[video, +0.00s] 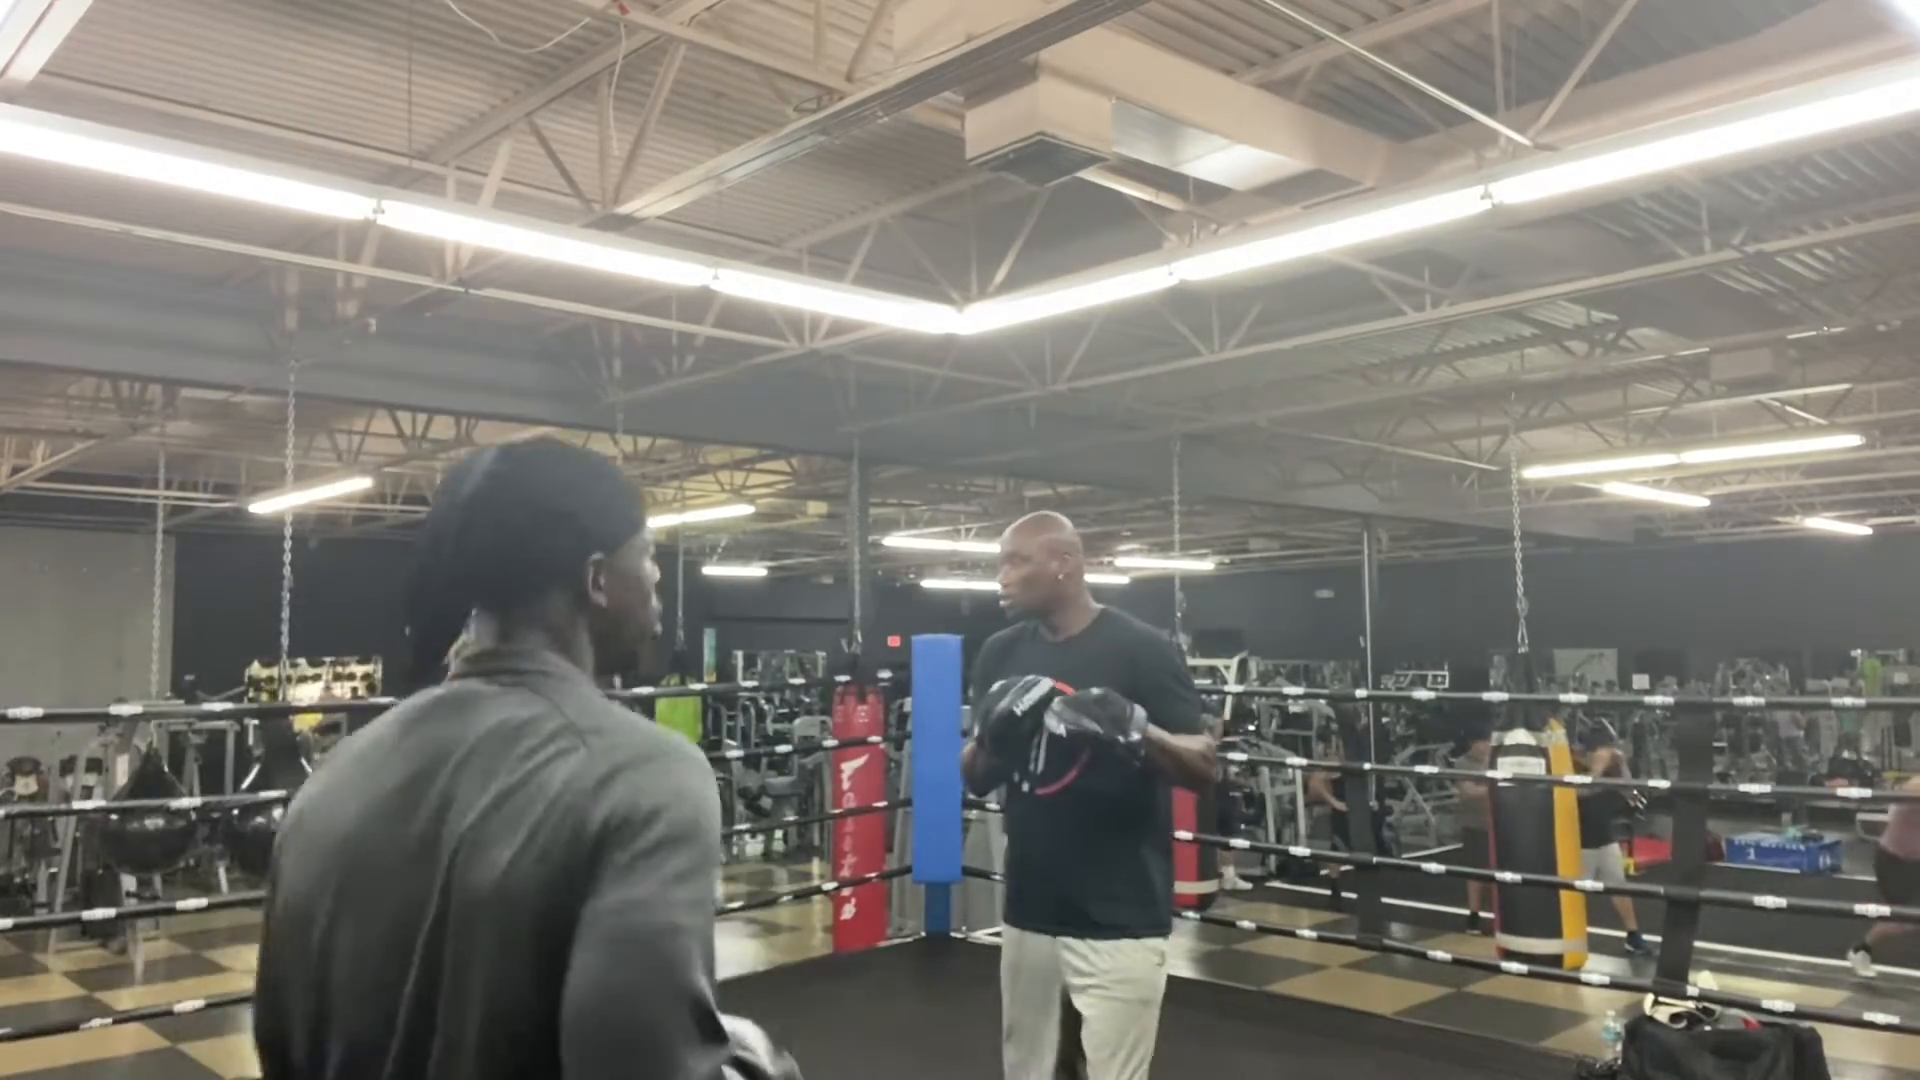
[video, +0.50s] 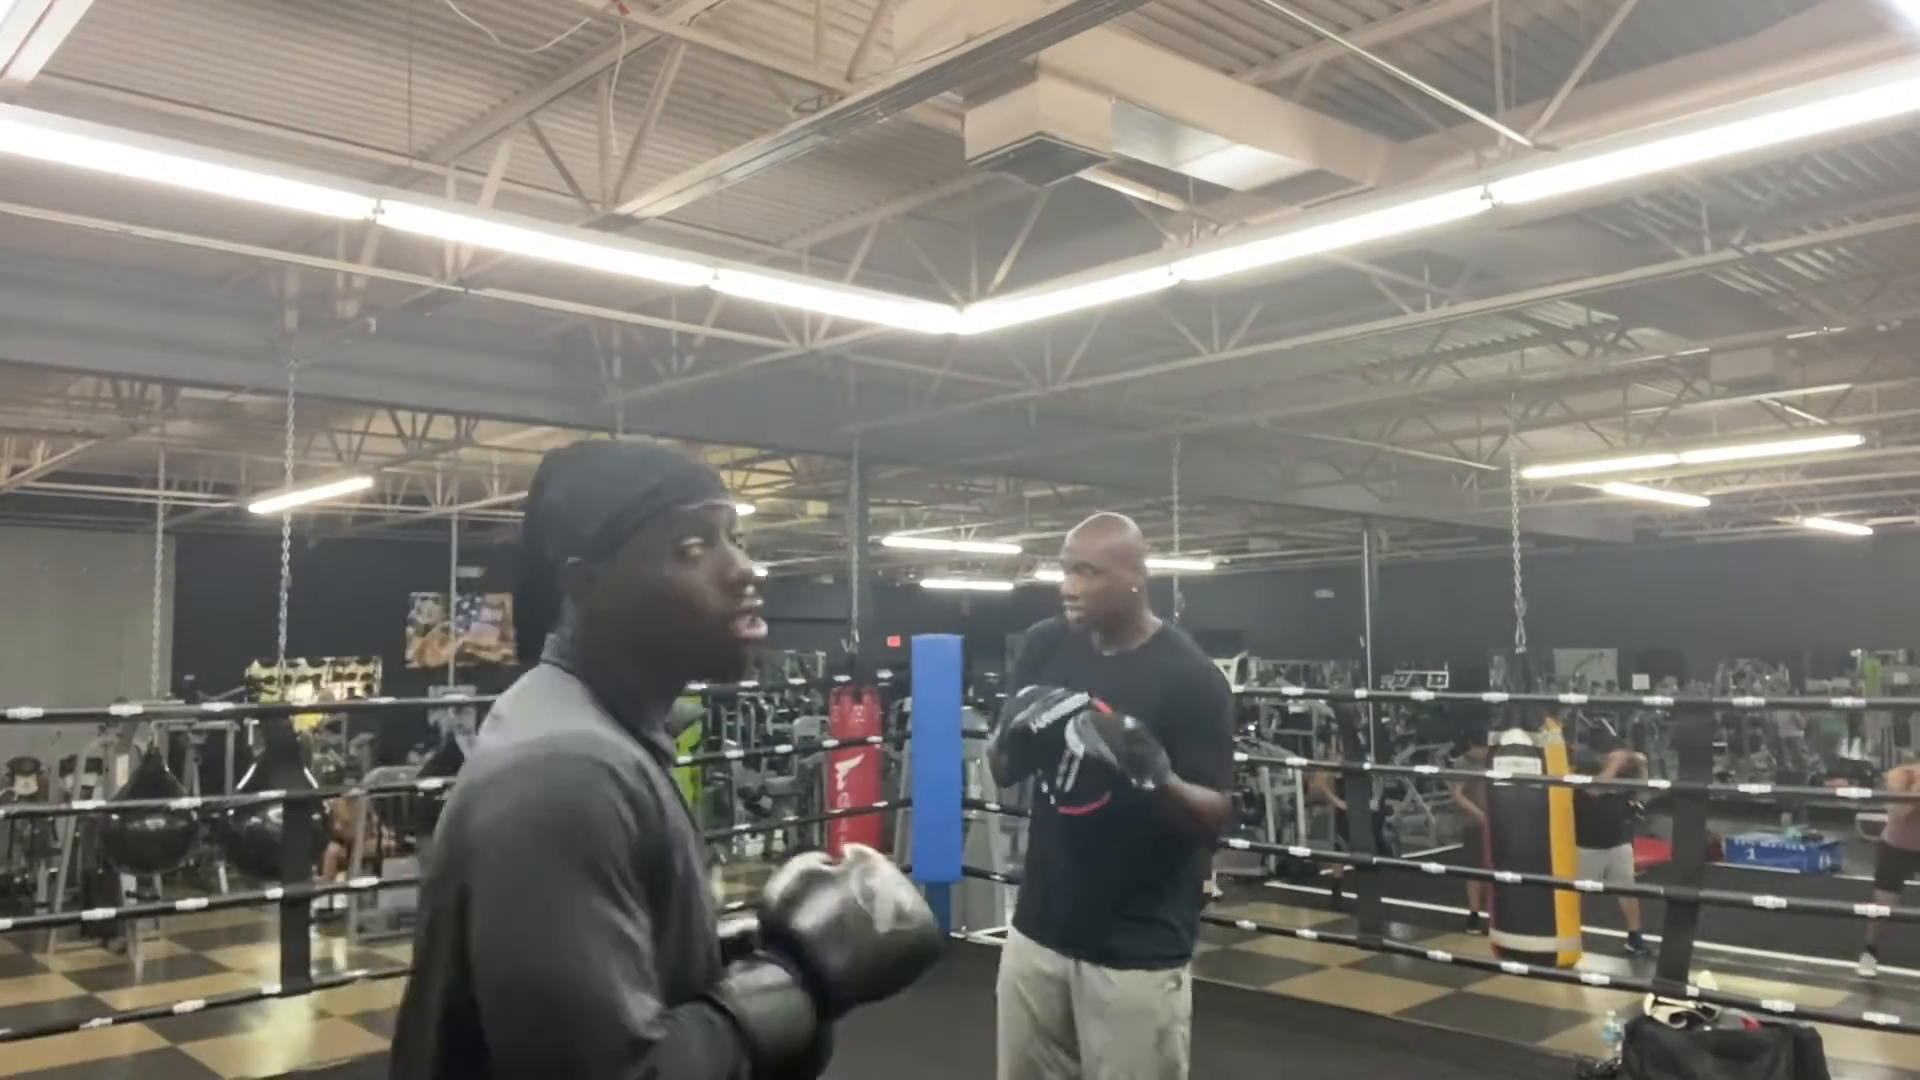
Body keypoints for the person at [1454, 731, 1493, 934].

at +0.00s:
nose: (1485, 748)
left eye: (1487, 744)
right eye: (1481, 743)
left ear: (1490, 746)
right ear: (1472, 745)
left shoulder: (1493, 764)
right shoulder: (1463, 764)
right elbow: (1467, 790)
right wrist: (1493, 789)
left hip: (1494, 823)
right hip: (1473, 824)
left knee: (1495, 870)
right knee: (1474, 870)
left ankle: (1498, 913)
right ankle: (1474, 913)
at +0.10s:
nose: (1485, 749)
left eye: (1487, 744)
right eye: (1481, 744)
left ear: (1490, 746)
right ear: (1471, 746)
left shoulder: (1492, 764)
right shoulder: (1463, 764)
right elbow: (1467, 792)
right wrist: (1492, 792)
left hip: (1493, 823)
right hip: (1473, 824)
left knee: (1494, 871)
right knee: (1474, 871)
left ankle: (1498, 913)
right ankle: (1474, 913)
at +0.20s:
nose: (1486, 749)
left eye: (1487, 744)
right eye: (1482, 744)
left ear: (1490, 745)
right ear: (1472, 745)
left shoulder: (1492, 763)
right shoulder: (1465, 764)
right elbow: (1461, 792)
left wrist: (1495, 808)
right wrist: (1484, 809)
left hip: (1494, 825)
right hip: (1474, 825)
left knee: (1494, 871)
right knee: (1474, 871)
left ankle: (1497, 912)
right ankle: (1474, 913)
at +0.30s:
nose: (1487, 750)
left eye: (1488, 745)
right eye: (1483, 745)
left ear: (1488, 746)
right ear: (1472, 745)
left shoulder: (1491, 765)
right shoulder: (1466, 764)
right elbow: (1457, 793)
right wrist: (1480, 816)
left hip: (1494, 823)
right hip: (1476, 825)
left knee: (1494, 871)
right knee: (1475, 870)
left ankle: (1496, 911)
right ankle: (1474, 914)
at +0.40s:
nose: (1487, 752)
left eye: (1487, 747)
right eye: (1482, 747)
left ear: (1487, 747)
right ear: (1472, 746)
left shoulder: (1488, 765)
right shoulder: (1465, 765)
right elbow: (1457, 794)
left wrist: (1488, 815)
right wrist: (1479, 815)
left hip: (1491, 824)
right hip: (1475, 825)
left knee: (1491, 870)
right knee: (1475, 869)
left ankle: (1491, 909)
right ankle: (1475, 912)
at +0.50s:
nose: (1487, 753)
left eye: (1488, 749)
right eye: (1483, 749)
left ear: (1489, 747)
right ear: (1471, 746)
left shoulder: (1490, 764)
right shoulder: (1465, 765)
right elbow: (1456, 794)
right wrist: (1480, 815)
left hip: (1491, 823)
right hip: (1475, 824)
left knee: (1490, 869)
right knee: (1474, 868)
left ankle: (1490, 909)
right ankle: (1474, 912)